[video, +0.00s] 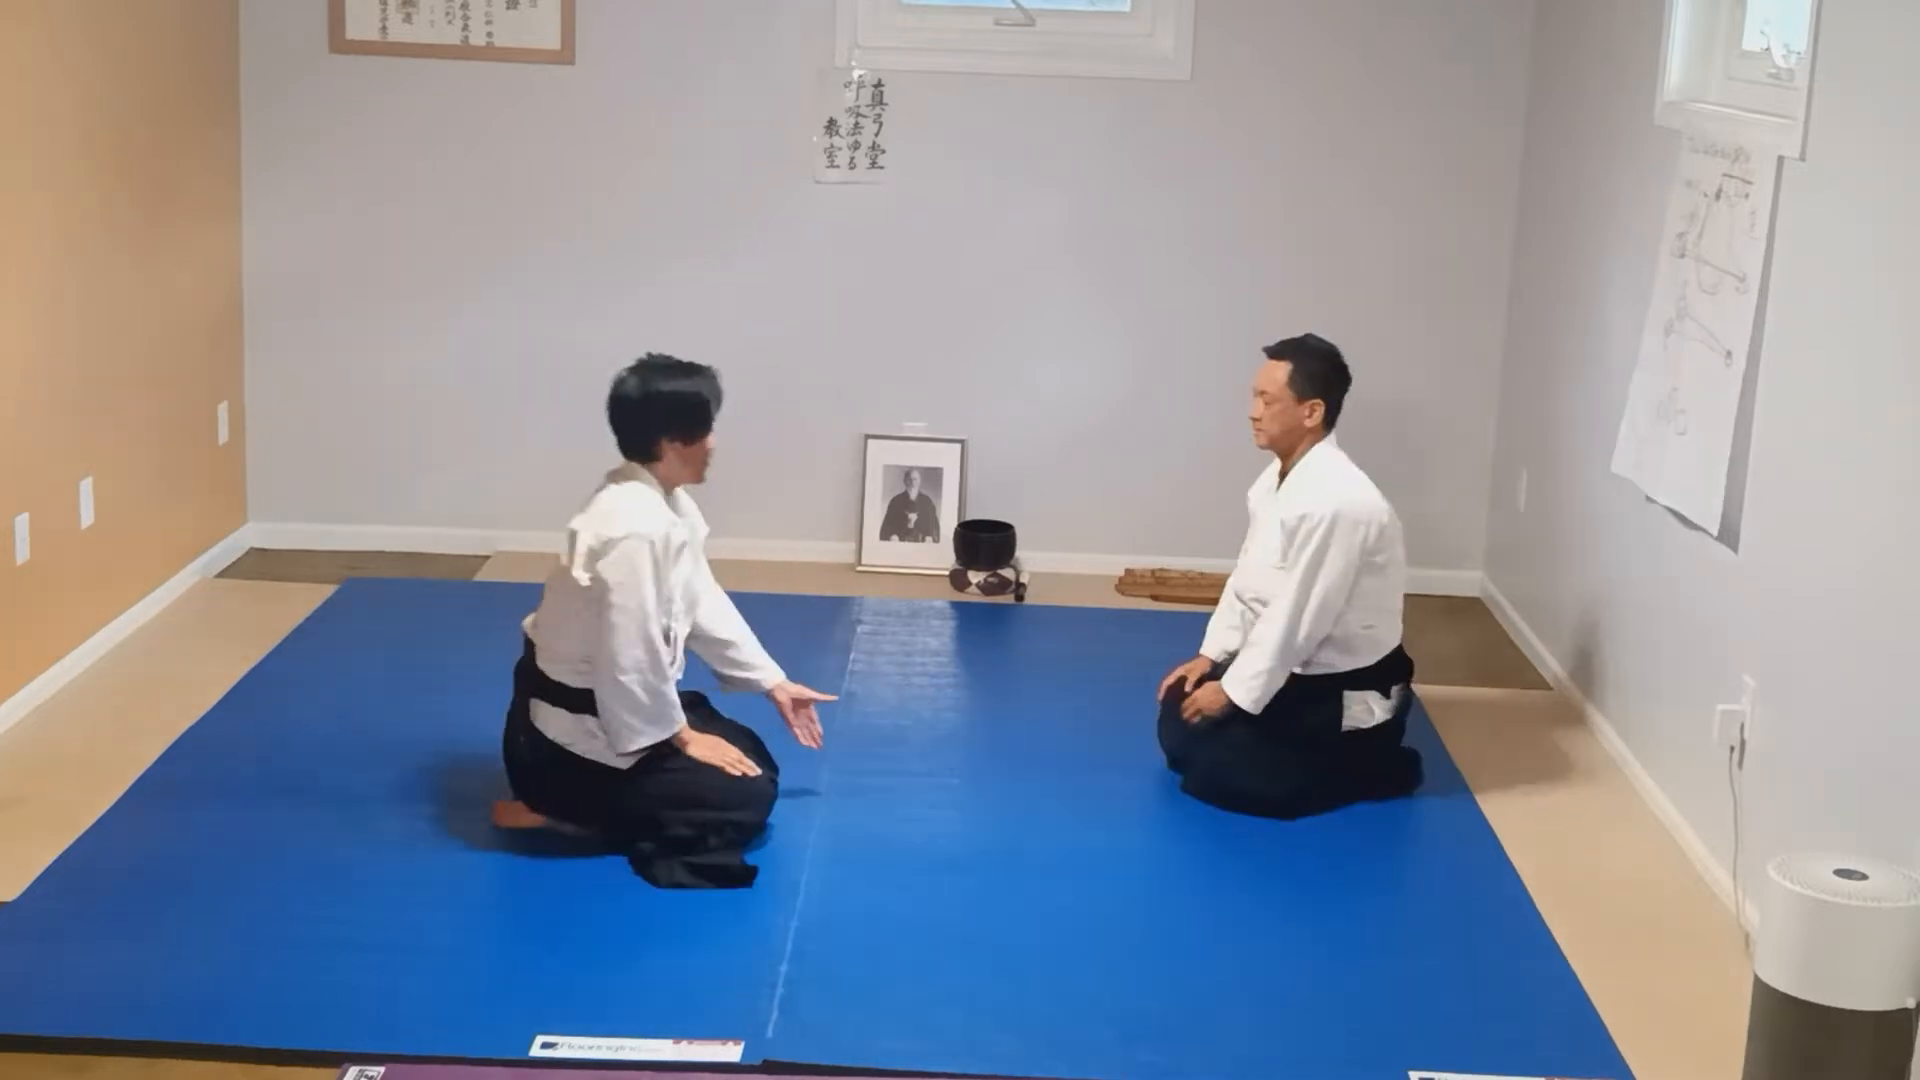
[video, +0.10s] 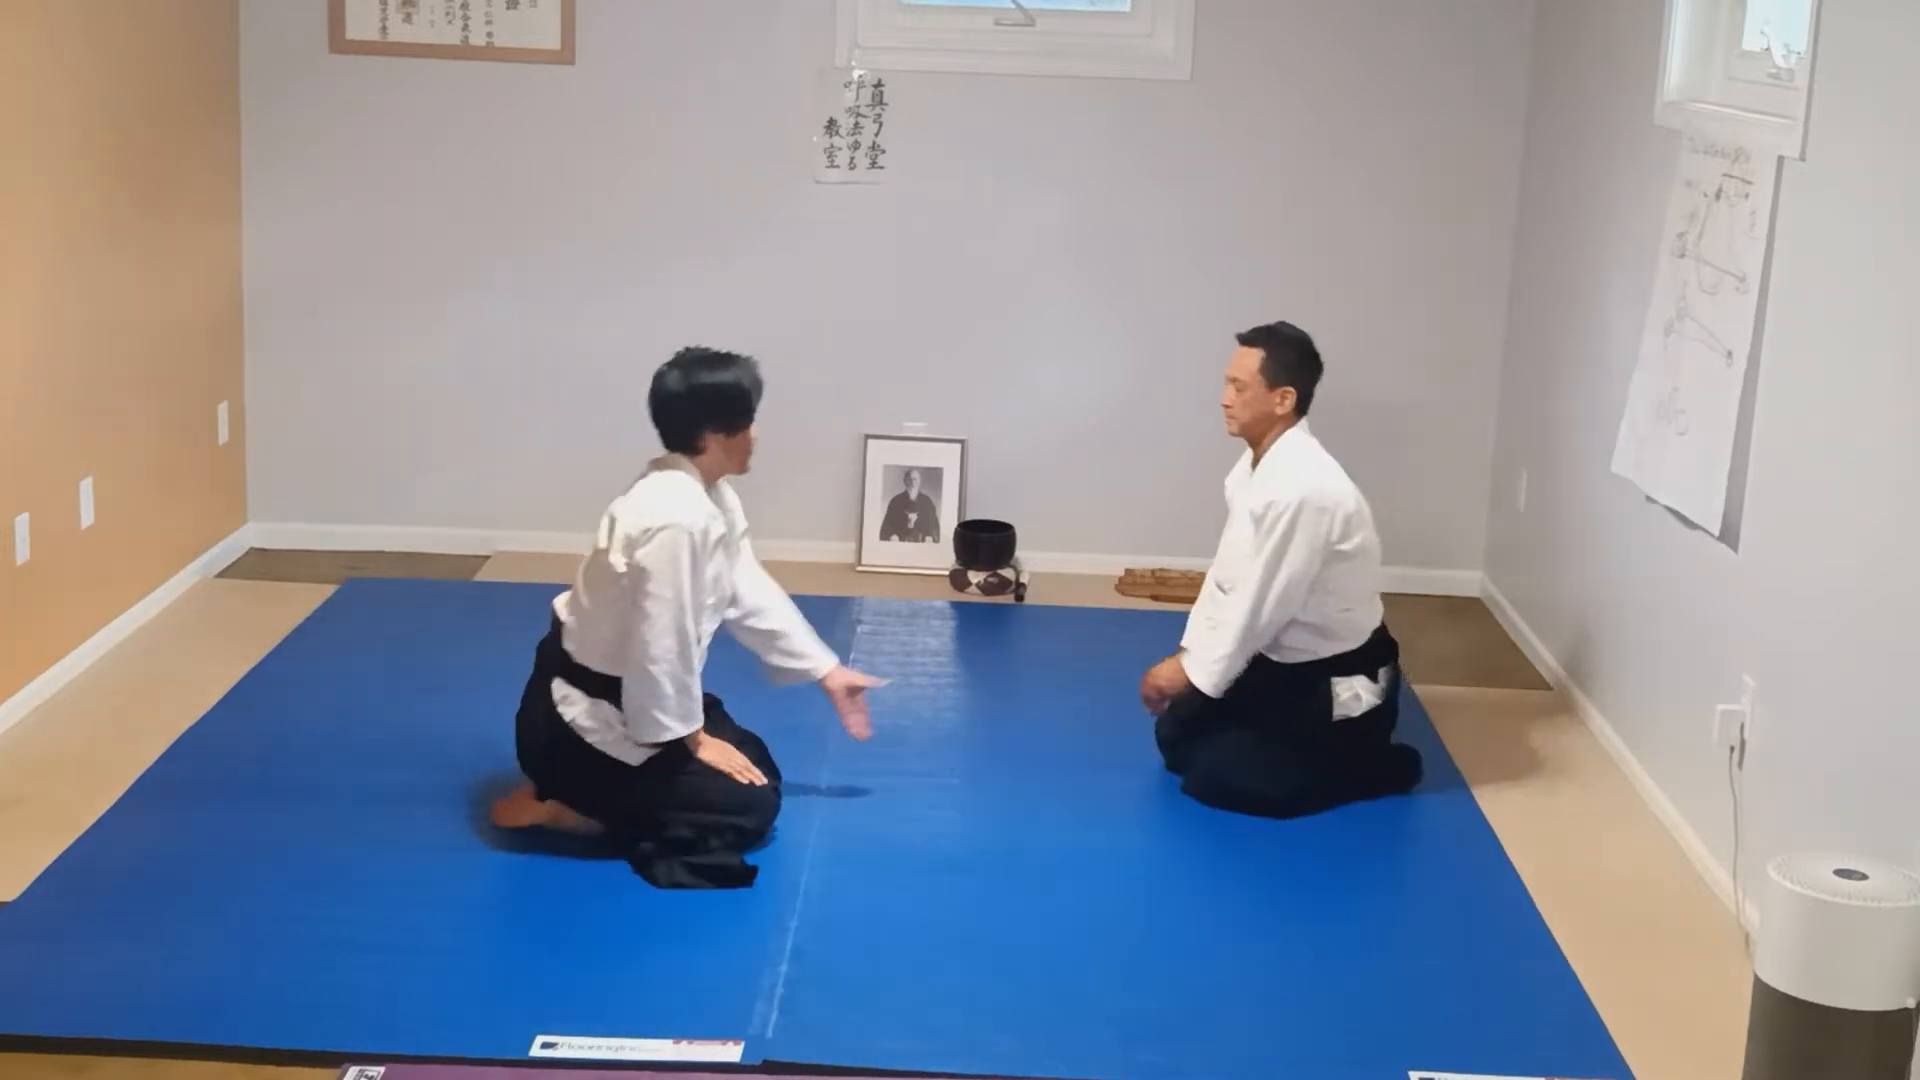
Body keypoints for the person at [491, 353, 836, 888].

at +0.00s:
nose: (712, 443)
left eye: (709, 430)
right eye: (705, 432)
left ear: (663, 445)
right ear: (669, 444)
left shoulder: (669, 508)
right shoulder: (631, 527)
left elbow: (705, 608)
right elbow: (631, 666)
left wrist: (774, 683)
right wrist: (683, 735)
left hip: (613, 712)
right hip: (564, 751)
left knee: (756, 763)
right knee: (748, 798)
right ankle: (561, 814)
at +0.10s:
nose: (755, 433)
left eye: (752, 420)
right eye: (747, 422)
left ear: (706, 435)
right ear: (713, 434)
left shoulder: (712, 498)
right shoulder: (674, 519)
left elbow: (752, 595)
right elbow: (658, 654)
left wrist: (826, 668)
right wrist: (695, 738)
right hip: (577, 735)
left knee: (760, 770)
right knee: (750, 811)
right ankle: (569, 813)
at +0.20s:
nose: (788, 404)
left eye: (786, 392)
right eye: (781, 394)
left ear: (732, 405)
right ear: (748, 407)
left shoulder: (748, 466)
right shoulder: (705, 489)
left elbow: (821, 540)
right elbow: (691, 624)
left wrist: (918, 582)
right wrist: (714, 726)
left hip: (648, 672)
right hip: (599, 693)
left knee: (757, 772)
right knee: (748, 816)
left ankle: (591, 780)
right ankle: (573, 812)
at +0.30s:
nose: (809, 373)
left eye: (808, 359)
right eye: (804, 360)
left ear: (749, 364)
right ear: (772, 368)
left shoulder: (778, 432)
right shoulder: (723, 452)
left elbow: (868, 450)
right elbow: (708, 584)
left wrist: (959, 411)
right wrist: (719, 696)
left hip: (683, 645)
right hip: (633, 661)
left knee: (757, 784)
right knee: (748, 819)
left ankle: (602, 782)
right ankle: (584, 808)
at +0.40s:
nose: (829, 343)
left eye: (830, 331)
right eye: (823, 331)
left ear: (772, 336)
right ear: (790, 340)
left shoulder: (802, 401)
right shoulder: (748, 419)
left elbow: (886, 383)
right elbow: (716, 537)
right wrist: (724, 668)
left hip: (724, 620)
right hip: (665, 637)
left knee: (774, 776)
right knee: (744, 821)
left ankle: (613, 769)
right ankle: (580, 805)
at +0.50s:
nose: (847, 326)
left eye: (846, 313)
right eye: (841, 314)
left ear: (796, 321)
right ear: (809, 324)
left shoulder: (817, 380)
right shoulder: (770, 402)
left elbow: (901, 336)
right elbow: (739, 533)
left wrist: (884, 250)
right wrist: (743, 658)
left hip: (751, 603)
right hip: (691, 624)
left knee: (830, 717)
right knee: (745, 823)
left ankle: (703, 788)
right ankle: (586, 802)